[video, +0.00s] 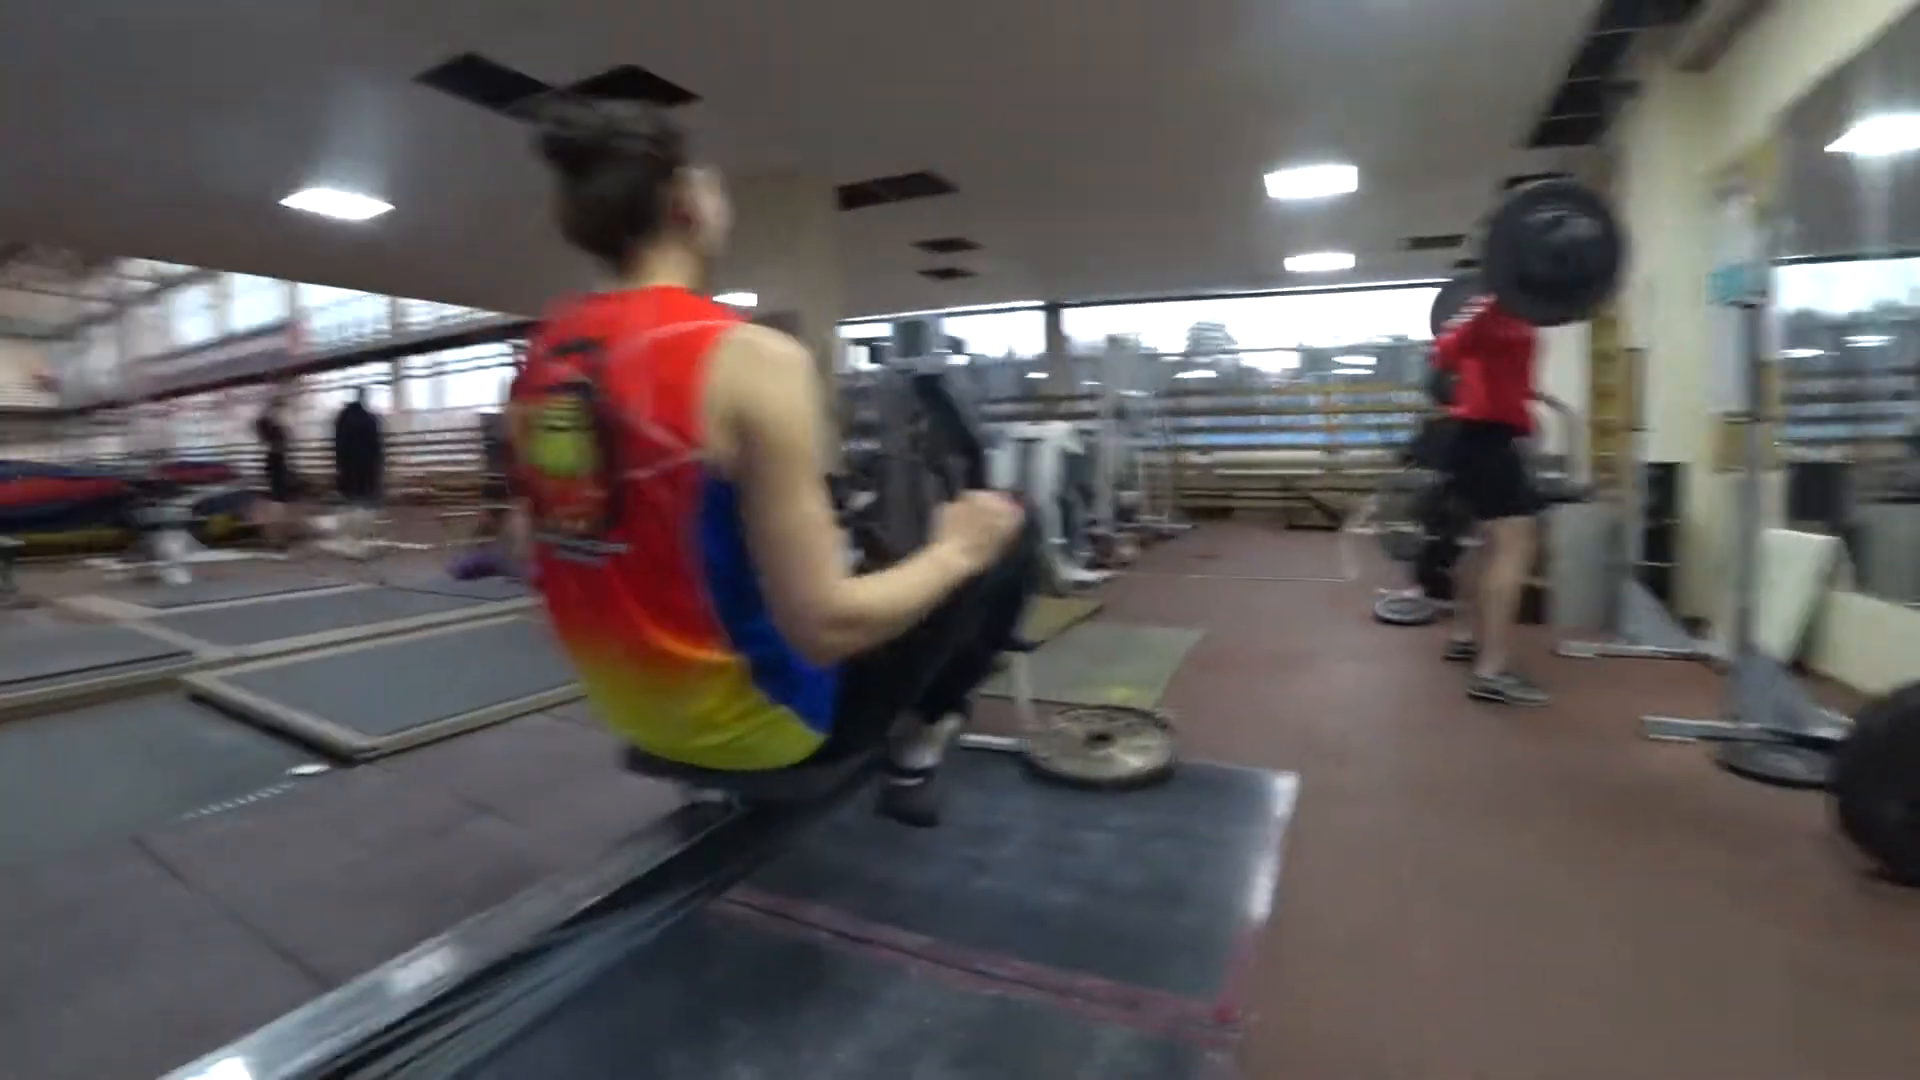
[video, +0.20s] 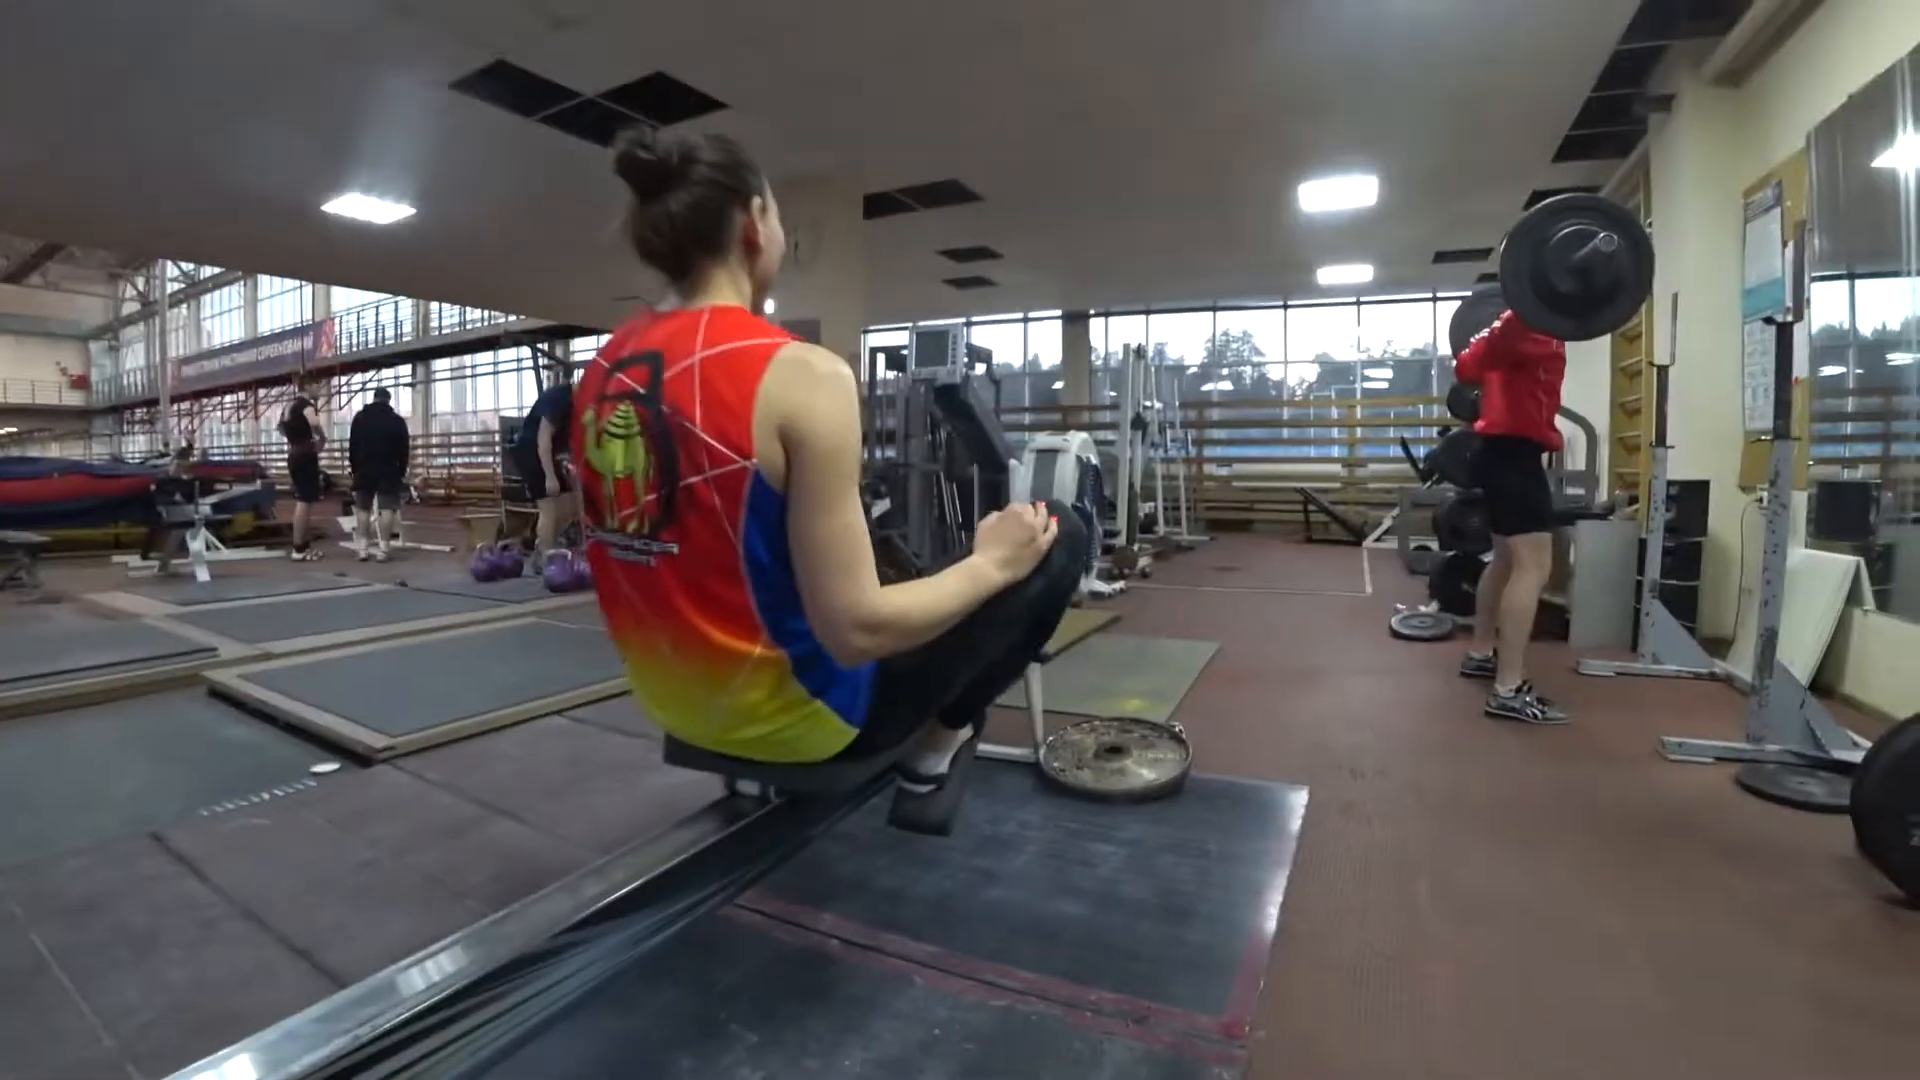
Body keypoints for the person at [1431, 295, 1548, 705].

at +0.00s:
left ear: (1510, 270)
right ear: (1518, 270)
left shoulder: (1519, 315)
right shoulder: (1491, 308)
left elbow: (1503, 373)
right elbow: (1445, 348)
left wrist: (1539, 396)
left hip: (1492, 432)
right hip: (1483, 433)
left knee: (1491, 541)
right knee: (1514, 544)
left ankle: (1470, 634)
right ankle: (1492, 669)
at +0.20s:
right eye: (1567, 278)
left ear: (1541, 281)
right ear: (1553, 280)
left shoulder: (1546, 324)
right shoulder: (1521, 321)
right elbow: (1467, 365)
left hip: (1506, 451)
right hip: (1511, 452)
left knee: (1504, 560)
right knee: (1533, 566)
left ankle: (1482, 653)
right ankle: (1510, 689)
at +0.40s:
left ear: (1525, 296)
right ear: (1544, 295)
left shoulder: (1533, 337)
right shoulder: (1517, 337)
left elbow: (1467, 377)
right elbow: (1461, 381)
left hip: (1495, 466)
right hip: (1507, 468)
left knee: (1498, 575)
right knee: (1527, 582)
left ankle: (1476, 667)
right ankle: (1505, 703)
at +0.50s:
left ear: (1527, 305)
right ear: (1546, 305)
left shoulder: (1531, 346)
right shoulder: (1517, 346)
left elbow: (1466, 385)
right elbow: (1461, 388)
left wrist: (1459, 387)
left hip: (1494, 474)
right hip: (1506, 476)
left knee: (1497, 583)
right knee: (1526, 590)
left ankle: (1476, 675)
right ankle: (1505, 712)